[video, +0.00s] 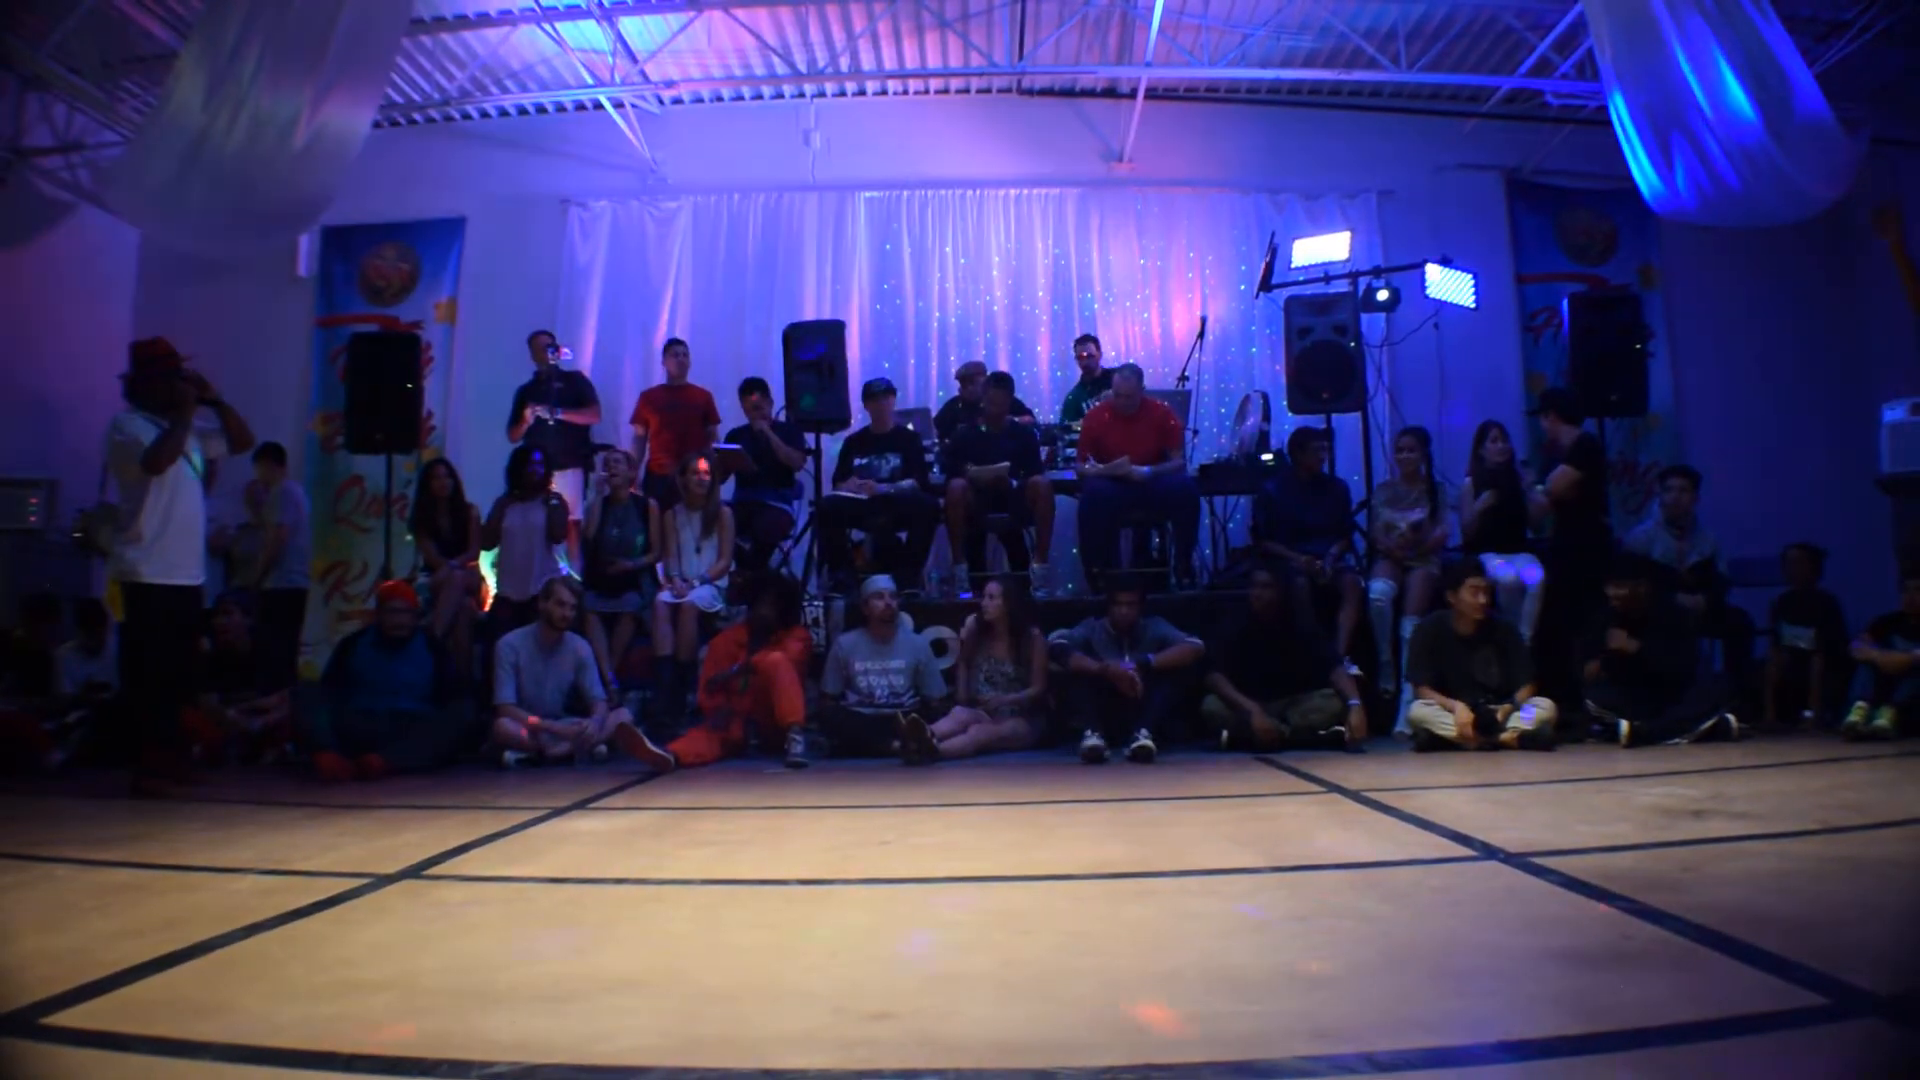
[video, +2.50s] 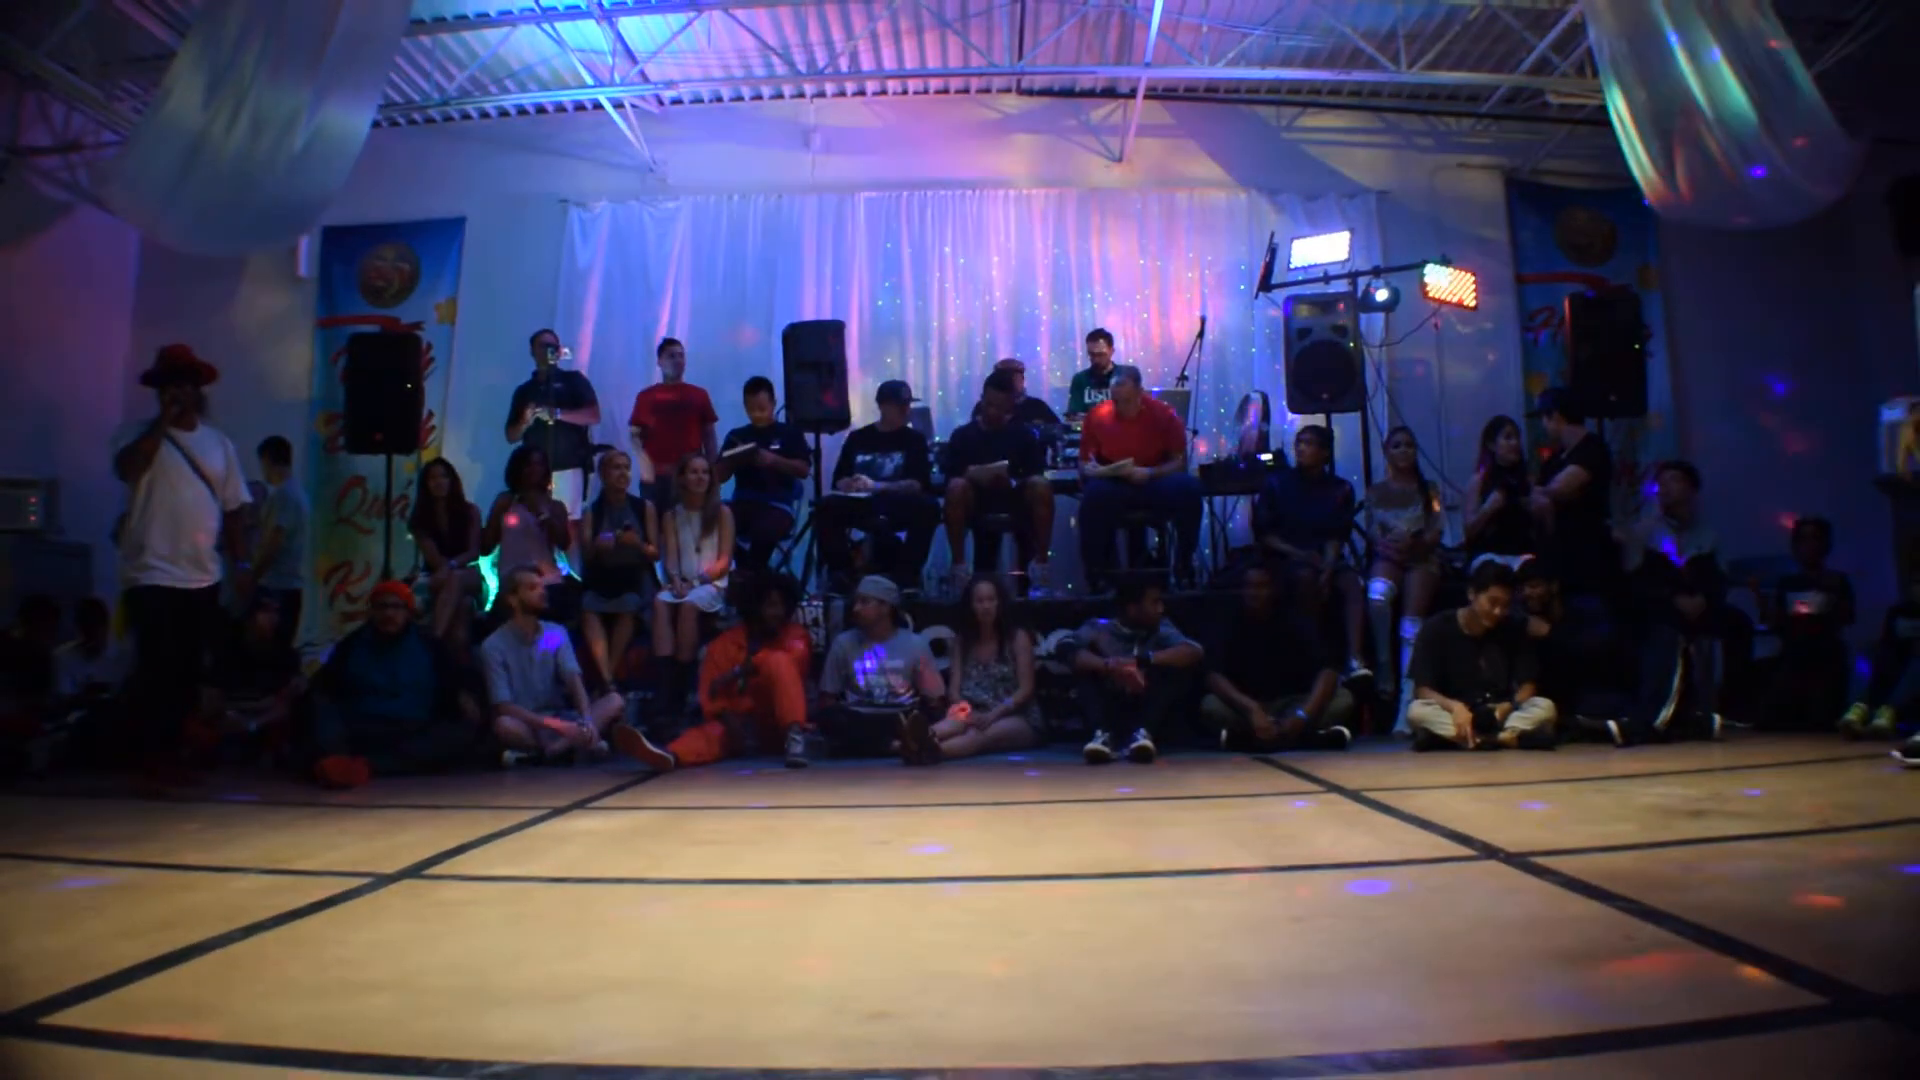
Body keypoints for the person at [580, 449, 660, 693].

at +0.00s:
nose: (611, 470)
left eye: (617, 465)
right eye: (608, 466)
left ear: (630, 472)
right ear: (603, 473)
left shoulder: (647, 505)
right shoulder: (596, 504)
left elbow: (656, 551)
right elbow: (589, 533)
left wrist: (630, 564)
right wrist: (598, 495)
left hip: (633, 575)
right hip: (600, 573)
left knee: (628, 609)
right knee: (590, 610)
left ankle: (610, 671)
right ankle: (607, 677)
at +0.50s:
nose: (607, 468)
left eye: (614, 463)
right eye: (604, 463)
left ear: (629, 472)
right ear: (599, 471)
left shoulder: (645, 506)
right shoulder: (594, 504)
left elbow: (654, 552)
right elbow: (586, 532)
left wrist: (631, 568)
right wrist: (597, 492)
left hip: (630, 579)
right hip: (598, 577)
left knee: (626, 613)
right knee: (588, 614)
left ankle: (606, 677)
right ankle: (606, 684)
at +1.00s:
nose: (609, 468)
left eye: (615, 464)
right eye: (606, 464)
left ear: (630, 472)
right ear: (601, 473)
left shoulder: (646, 506)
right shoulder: (595, 505)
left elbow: (655, 552)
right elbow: (589, 528)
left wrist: (634, 568)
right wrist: (597, 490)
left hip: (631, 577)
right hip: (600, 575)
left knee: (627, 608)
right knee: (588, 610)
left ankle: (609, 672)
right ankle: (605, 678)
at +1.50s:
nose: (610, 470)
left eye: (616, 465)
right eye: (606, 465)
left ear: (629, 472)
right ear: (601, 473)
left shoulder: (645, 507)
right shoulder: (593, 506)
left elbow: (654, 552)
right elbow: (587, 545)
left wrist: (633, 568)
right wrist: (597, 507)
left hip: (630, 576)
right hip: (599, 575)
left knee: (627, 611)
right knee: (589, 614)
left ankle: (607, 678)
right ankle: (608, 684)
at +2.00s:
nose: (620, 471)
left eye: (625, 466)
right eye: (614, 466)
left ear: (630, 472)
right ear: (602, 473)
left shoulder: (646, 508)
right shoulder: (592, 510)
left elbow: (654, 553)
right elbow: (587, 549)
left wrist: (634, 568)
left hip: (630, 576)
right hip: (600, 574)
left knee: (626, 612)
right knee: (589, 612)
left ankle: (607, 677)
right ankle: (607, 681)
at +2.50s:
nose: (622, 473)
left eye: (626, 468)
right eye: (615, 468)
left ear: (631, 473)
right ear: (603, 474)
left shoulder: (645, 507)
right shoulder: (591, 511)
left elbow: (655, 551)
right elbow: (586, 553)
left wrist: (636, 544)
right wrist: (600, 546)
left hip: (633, 572)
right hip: (601, 573)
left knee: (627, 608)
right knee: (589, 610)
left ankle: (608, 676)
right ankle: (606, 678)